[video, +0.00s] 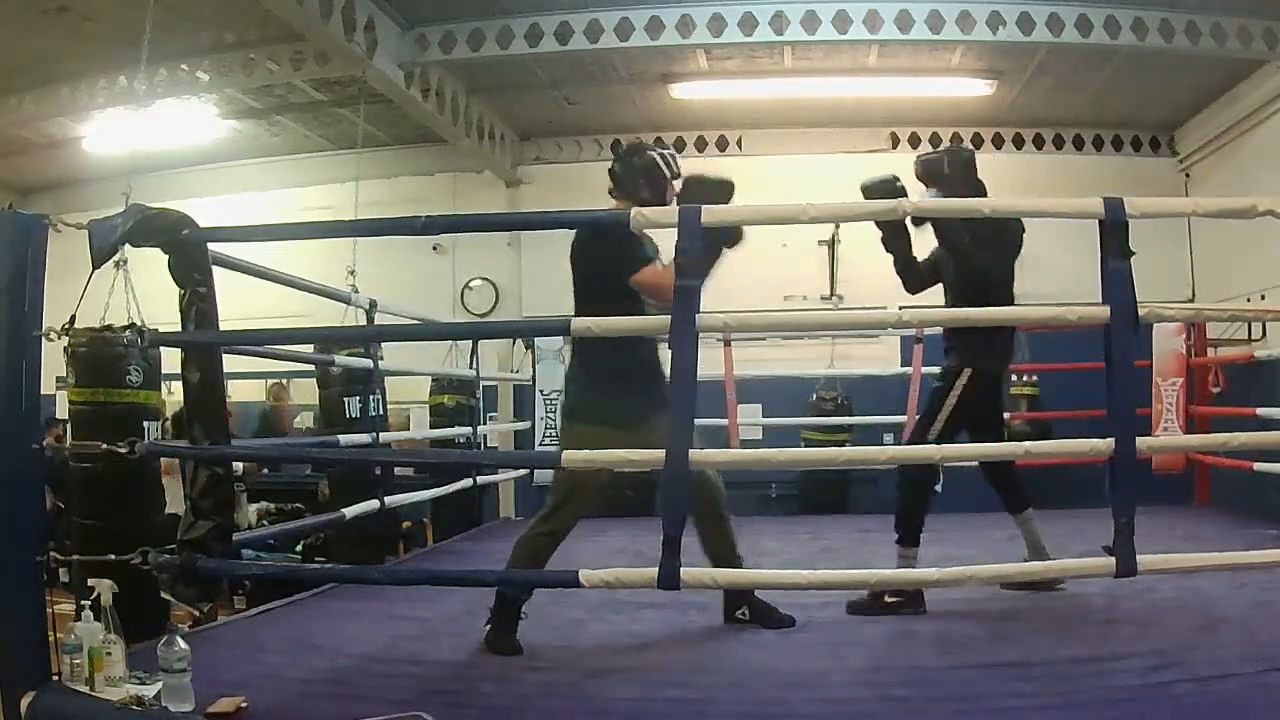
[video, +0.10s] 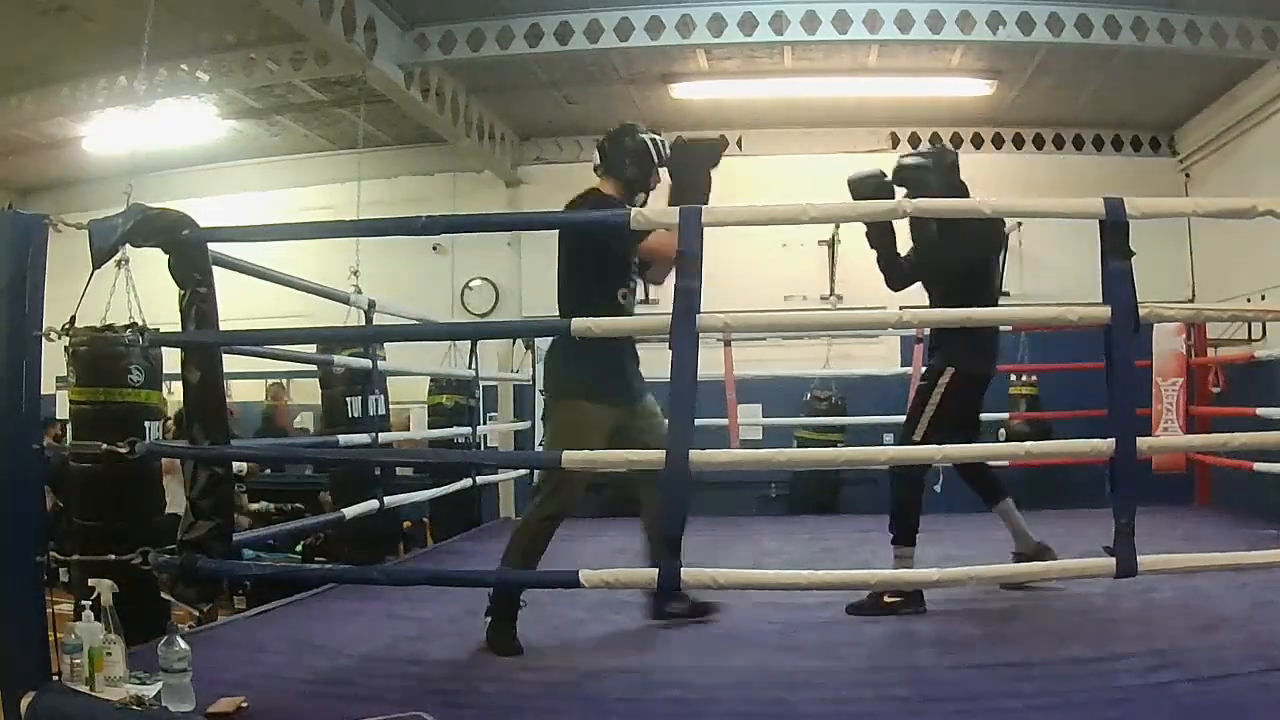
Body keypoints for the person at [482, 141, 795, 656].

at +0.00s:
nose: (672, 198)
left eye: (672, 188)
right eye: (665, 188)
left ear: (627, 188)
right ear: (638, 187)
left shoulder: (630, 236)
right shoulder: (607, 233)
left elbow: (668, 296)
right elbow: (672, 291)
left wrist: (703, 246)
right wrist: (711, 243)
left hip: (640, 406)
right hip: (602, 407)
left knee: (705, 491)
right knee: (561, 514)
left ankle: (739, 597)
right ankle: (503, 616)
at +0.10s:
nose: (656, 180)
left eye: (656, 171)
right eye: (653, 170)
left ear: (609, 164)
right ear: (639, 169)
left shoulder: (616, 216)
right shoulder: (593, 212)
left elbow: (653, 272)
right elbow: (667, 249)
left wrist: (671, 217)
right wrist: (690, 203)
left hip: (620, 380)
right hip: (581, 381)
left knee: (664, 475)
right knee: (557, 495)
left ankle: (667, 593)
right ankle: (501, 611)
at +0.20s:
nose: (643, 174)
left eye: (644, 165)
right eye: (641, 164)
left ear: (599, 156)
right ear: (627, 162)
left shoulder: (608, 205)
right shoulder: (584, 202)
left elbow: (649, 256)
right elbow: (662, 245)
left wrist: (652, 207)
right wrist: (694, 218)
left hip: (605, 371)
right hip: (572, 370)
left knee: (632, 476)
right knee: (579, 483)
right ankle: (501, 586)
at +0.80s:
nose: (688, 185)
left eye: (688, 178)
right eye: (687, 176)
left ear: (637, 167)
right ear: (674, 175)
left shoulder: (638, 216)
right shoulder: (627, 217)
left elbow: (687, 268)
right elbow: (711, 274)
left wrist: (700, 203)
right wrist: (738, 212)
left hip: (634, 384)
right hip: (604, 384)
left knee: (673, 488)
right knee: (643, 499)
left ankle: (649, 607)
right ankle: (564, 634)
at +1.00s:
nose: (719, 185)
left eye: (721, 175)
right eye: (719, 174)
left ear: (665, 163)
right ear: (704, 171)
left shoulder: (639, 215)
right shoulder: (669, 221)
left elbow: (709, 289)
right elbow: (730, 295)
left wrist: (754, 238)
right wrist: (763, 232)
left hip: (641, 390)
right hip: (645, 394)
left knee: (722, 466)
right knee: (655, 521)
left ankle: (687, 582)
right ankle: (591, 662)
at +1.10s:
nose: (736, 182)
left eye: (737, 174)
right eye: (735, 173)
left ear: (683, 162)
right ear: (723, 171)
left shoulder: (660, 210)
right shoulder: (686, 218)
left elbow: (735, 289)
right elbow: (747, 297)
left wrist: (766, 233)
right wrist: (777, 230)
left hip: (668, 389)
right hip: (660, 393)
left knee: (713, 481)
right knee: (656, 521)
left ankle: (738, 593)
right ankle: (593, 659)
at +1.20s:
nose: (750, 188)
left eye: (748, 179)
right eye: (749, 180)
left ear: (697, 171)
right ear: (738, 177)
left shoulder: (673, 225)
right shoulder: (714, 226)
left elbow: (678, 319)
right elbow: (774, 292)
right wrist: (793, 225)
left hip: (681, 393)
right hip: (688, 398)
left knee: (725, 504)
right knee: (682, 523)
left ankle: (751, 601)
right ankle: (604, 650)